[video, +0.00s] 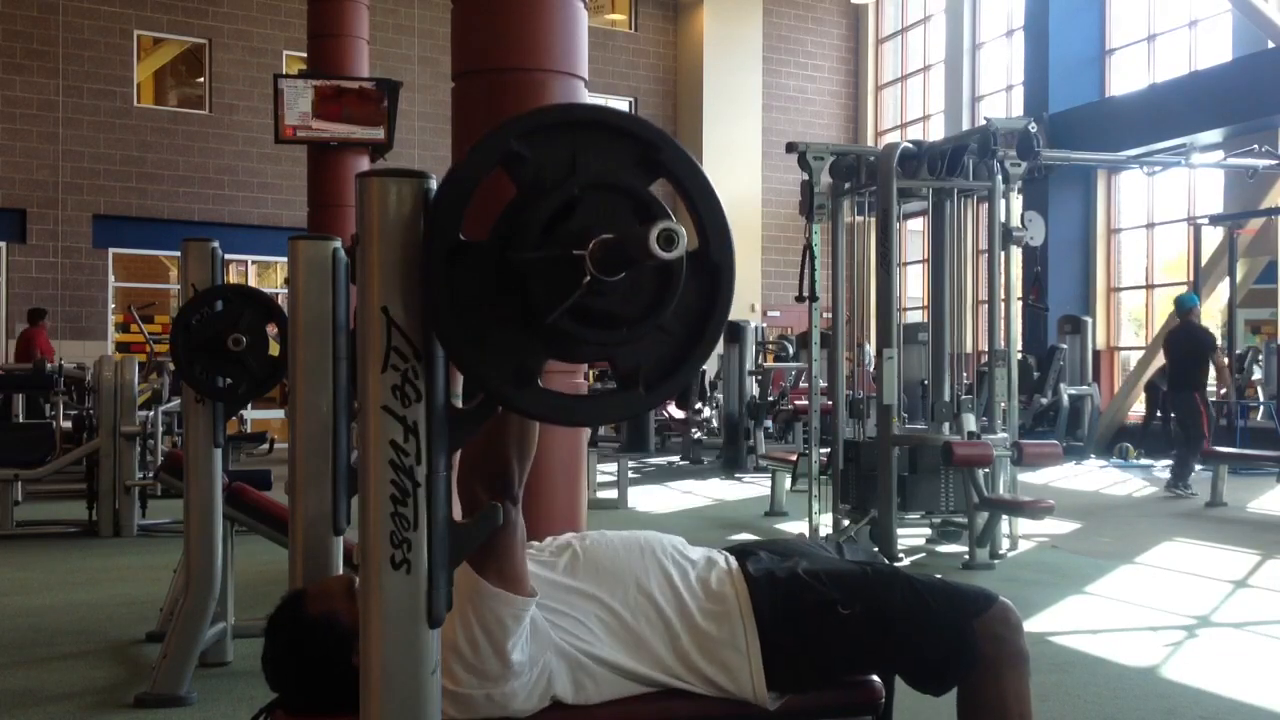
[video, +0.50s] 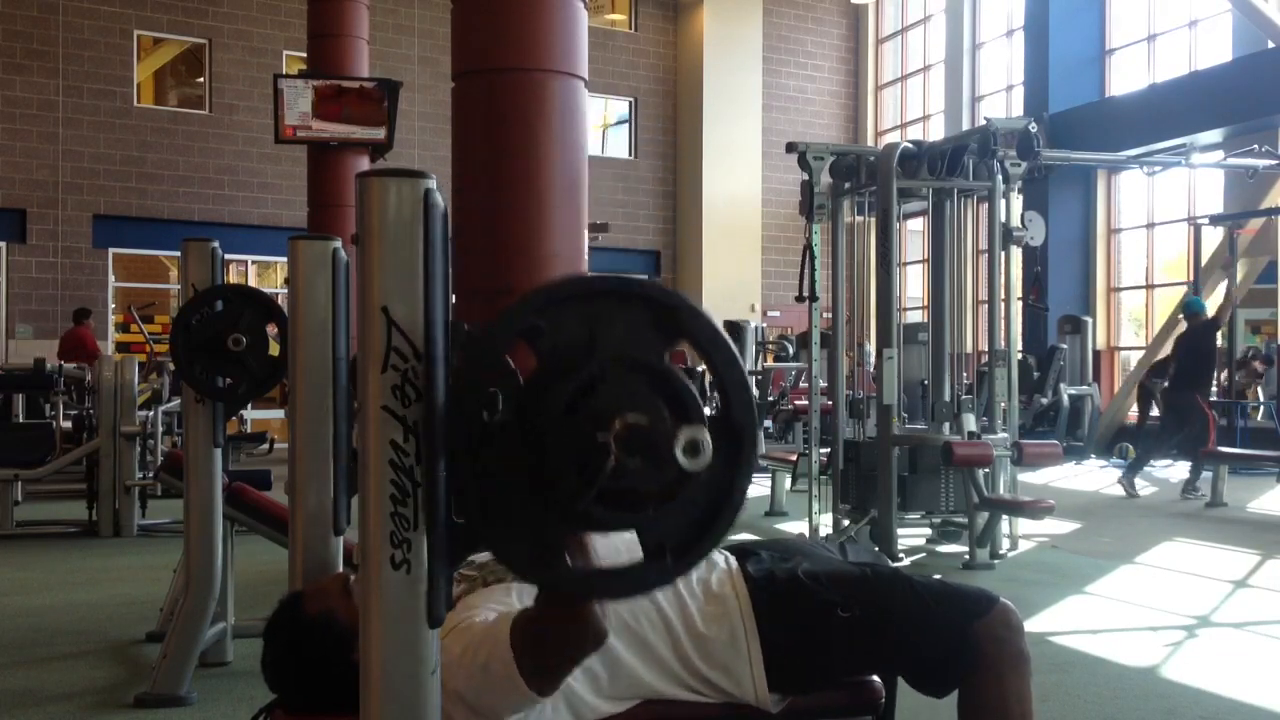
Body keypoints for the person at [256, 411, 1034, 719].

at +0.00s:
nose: (368, 576)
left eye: (353, 575)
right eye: (354, 591)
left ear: (365, 613)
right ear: (361, 649)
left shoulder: (450, 616)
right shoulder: (469, 673)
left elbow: (498, 474)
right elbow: (499, 489)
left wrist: (509, 328)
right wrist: (521, 327)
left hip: (727, 570)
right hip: (752, 618)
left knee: (864, 561)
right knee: (990, 627)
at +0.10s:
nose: (364, 574)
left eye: (349, 574)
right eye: (350, 590)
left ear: (352, 643)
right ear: (360, 644)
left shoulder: (443, 622)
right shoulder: (470, 671)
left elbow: (494, 478)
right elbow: (498, 495)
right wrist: (519, 325)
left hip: (722, 572)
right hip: (750, 616)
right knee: (987, 626)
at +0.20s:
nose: (370, 574)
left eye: (355, 574)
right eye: (356, 592)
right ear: (363, 649)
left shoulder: (452, 622)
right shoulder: (472, 675)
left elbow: (498, 480)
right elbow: (512, 489)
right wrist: (509, 319)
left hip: (725, 571)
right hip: (750, 616)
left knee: (861, 564)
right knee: (989, 628)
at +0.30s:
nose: (363, 573)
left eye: (347, 572)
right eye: (348, 589)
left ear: (350, 651)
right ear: (358, 641)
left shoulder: (446, 633)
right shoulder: (465, 676)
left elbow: (556, 515)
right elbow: (543, 519)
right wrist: (491, 351)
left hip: (730, 584)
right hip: (751, 617)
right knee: (989, 628)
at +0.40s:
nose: (363, 572)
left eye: (347, 575)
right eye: (349, 589)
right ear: (352, 641)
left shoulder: (447, 636)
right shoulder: (457, 679)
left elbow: (551, 561)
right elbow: (557, 578)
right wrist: (529, 443)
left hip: (727, 585)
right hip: (743, 613)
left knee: (868, 684)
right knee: (987, 626)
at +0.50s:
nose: (363, 579)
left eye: (349, 579)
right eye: (347, 594)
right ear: (350, 652)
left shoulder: (456, 616)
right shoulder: (439, 674)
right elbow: (566, 635)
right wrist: (562, 500)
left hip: (697, 594)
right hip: (726, 613)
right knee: (984, 626)